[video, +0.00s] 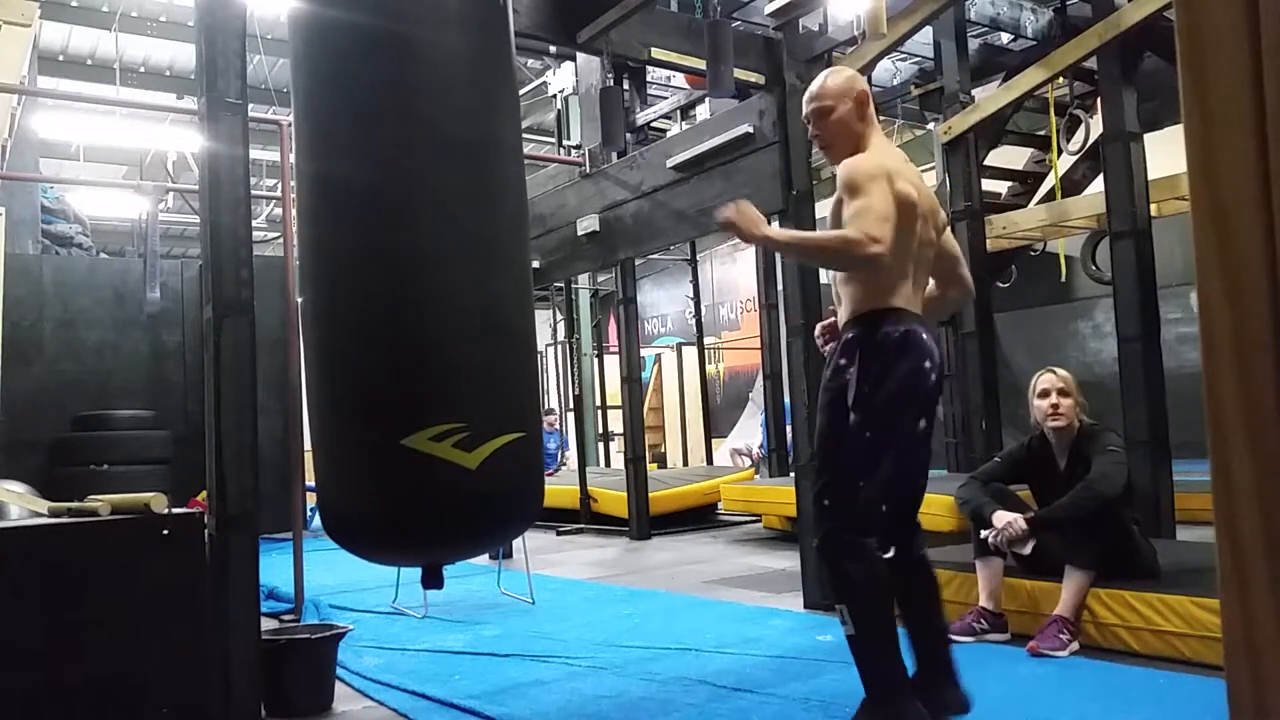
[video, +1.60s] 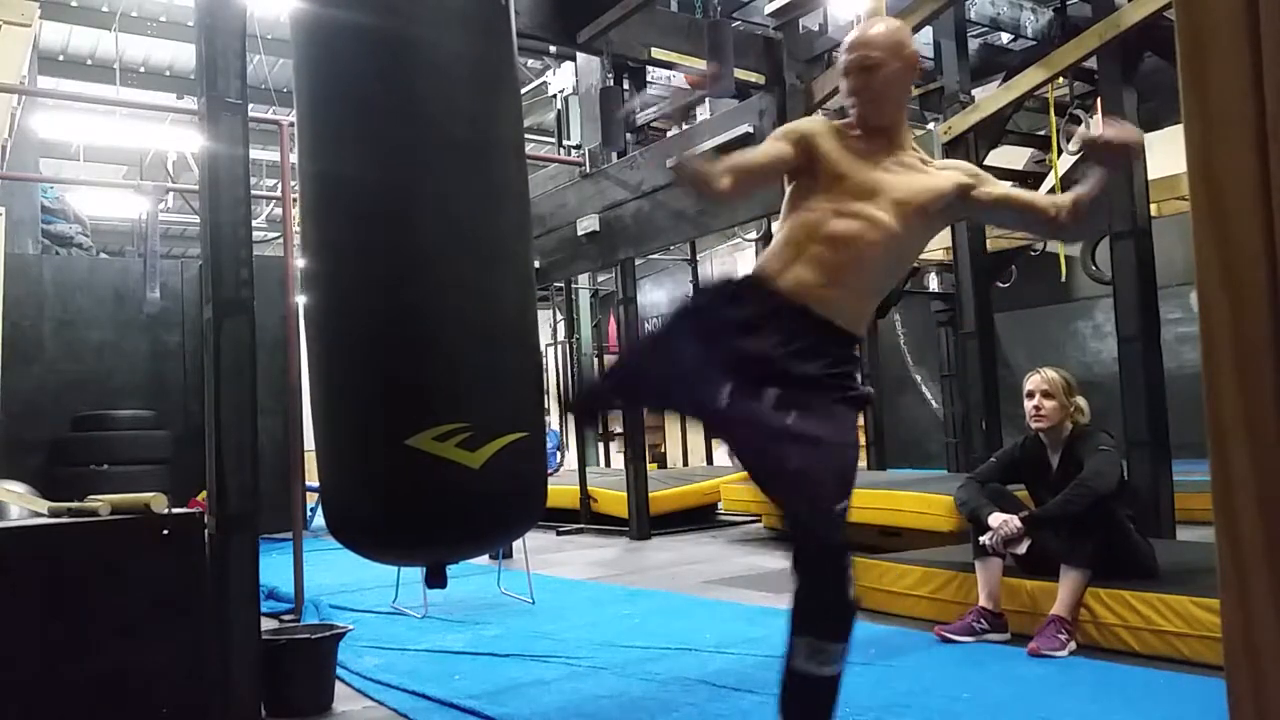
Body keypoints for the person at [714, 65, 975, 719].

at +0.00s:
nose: (811, 129)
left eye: (820, 114)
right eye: (807, 118)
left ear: (858, 107)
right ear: (866, 114)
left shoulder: (864, 167)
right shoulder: (912, 178)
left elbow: (870, 245)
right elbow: (955, 283)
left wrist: (767, 236)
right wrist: (865, 319)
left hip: (875, 354)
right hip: (918, 352)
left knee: (844, 531)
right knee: (897, 527)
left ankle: (887, 700)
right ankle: (939, 684)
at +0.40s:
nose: (834, 158)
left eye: (843, 143)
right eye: (830, 146)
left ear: (883, 134)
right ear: (883, 138)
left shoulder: (886, 196)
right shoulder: (930, 199)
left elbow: (878, 287)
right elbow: (956, 317)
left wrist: (791, 354)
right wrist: (859, 345)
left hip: (891, 380)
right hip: (929, 377)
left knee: (859, 555)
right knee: (921, 539)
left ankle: (900, 709)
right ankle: (986, 682)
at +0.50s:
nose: (840, 155)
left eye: (849, 141)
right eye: (836, 143)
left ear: (887, 133)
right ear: (892, 138)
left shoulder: (892, 196)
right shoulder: (932, 195)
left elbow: (895, 300)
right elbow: (954, 308)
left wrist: (858, 395)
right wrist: (861, 343)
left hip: (902, 373)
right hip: (938, 370)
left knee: (873, 546)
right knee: (936, 533)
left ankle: (901, 706)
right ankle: (987, 681)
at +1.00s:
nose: (836, 125)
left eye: (846, 111)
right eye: (833, 114)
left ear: (882, 107)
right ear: (887, 113)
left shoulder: (886, 163)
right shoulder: (928, 172)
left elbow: (904, 246)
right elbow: (975, 275)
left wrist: (806, 290)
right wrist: (904, 303)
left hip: (881, 341)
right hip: (925, 343)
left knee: (838, 515)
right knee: (911, 517)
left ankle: (874, 691)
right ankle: (960, 670)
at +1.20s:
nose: (817, 143)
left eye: (827, 129)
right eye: (814, 132)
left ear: (871, 125)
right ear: (872, 134)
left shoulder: (849, 182)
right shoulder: (914, 199)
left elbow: (808, 237)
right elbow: (977, 299)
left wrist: (694, 248)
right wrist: (918, 348)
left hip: (873, 378)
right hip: (914, 379)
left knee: (828, 549)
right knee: (883, 552)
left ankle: (825, 711)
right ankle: (942, 695)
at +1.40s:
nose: (808, 122)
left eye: (821, 107)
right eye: (803, 112)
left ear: (863, 106)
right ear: (803, 119)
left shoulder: (875, 175)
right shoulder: (836, 191)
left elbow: (959, 220)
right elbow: (809, 299)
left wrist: (951, 291)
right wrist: (737, 278)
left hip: (854, 389)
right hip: (828, 389)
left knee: (770, 547)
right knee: (851, 539)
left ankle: (790, 711)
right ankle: (935, 673)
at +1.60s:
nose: (848, 78)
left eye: (865, 63)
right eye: (844, 65)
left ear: (912, 74)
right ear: (839, 74)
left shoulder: (951, 179)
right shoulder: (811, 137)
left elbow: (1067, 214)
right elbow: (721, 181)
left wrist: (1107, 167)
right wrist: (679, 146)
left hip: (821, 365)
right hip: (739, 320)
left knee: (823, 545)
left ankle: (804, 713)